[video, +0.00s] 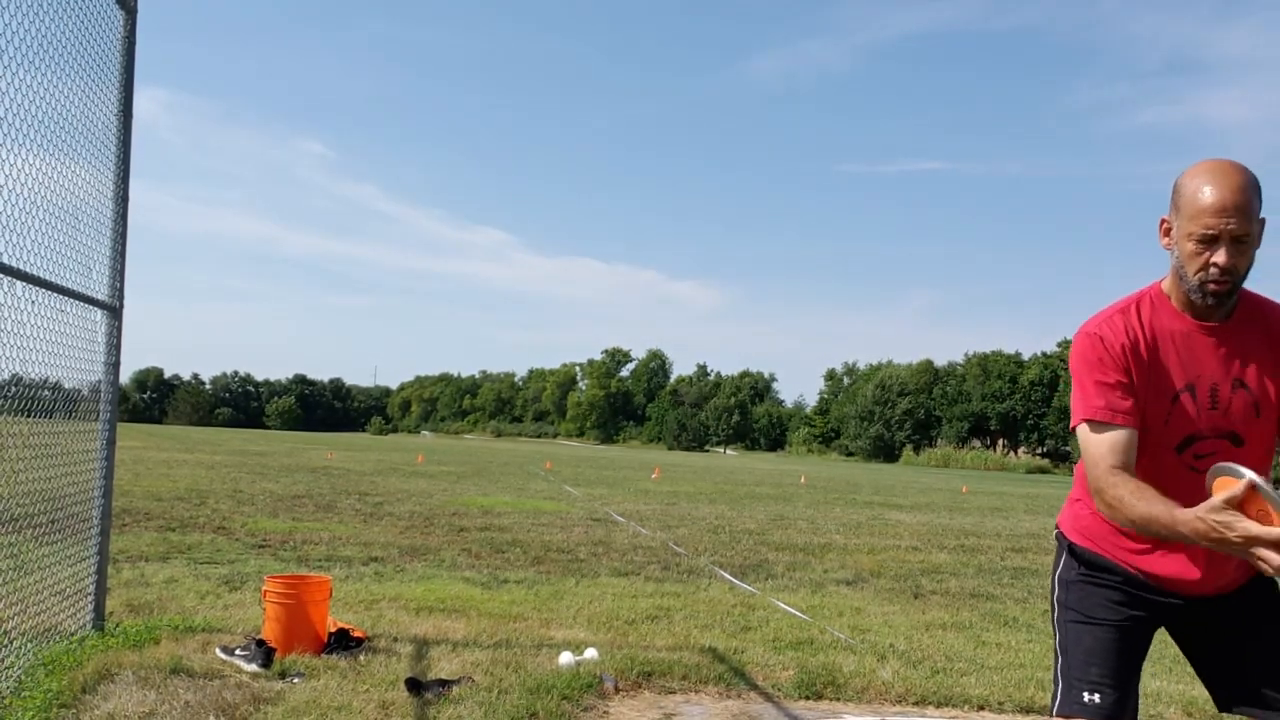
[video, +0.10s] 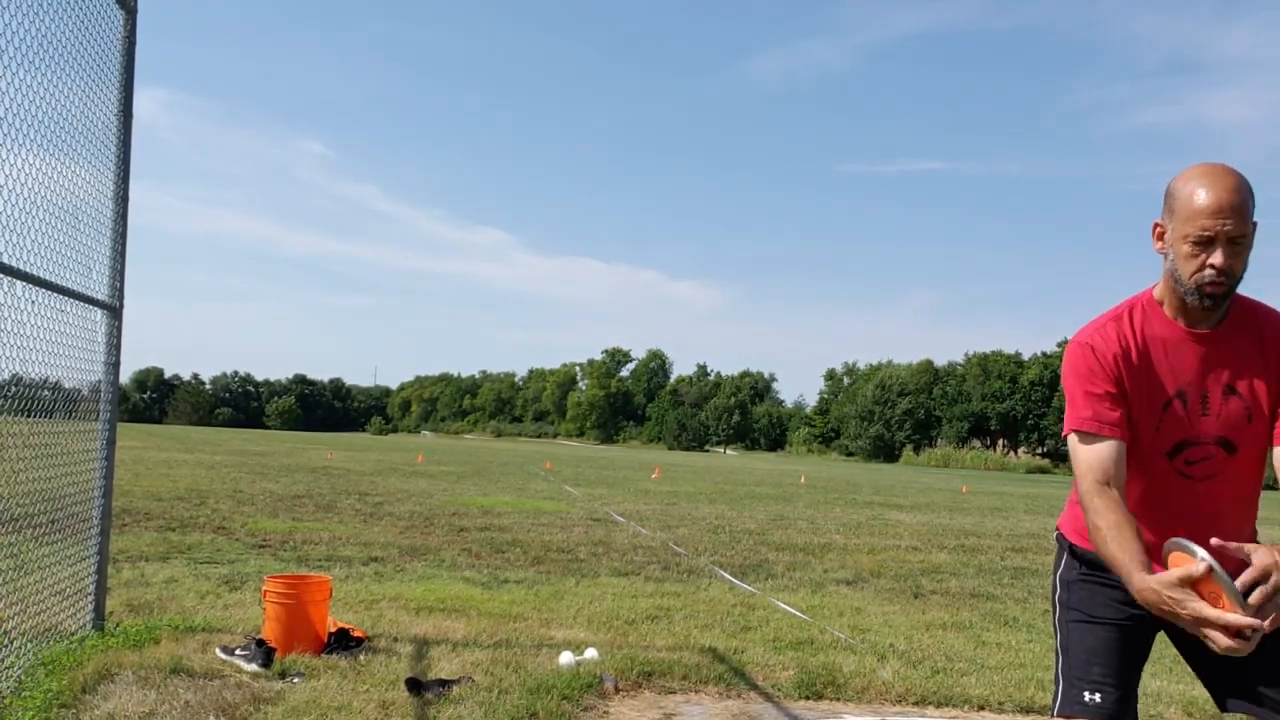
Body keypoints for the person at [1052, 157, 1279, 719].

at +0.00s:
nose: (1223, 259)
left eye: (1239, 241)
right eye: (1206, 240)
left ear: (1260, 238)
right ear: (1167, 233)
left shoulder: (1274, 332)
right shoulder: (1111, 337)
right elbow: (1109, 484)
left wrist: (1268, 529)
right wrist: (1193, 526)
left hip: (1234, 570)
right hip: (1111, 565)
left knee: (1274, 704)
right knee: (1090, 711)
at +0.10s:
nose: (1221, 261)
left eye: (1236, 242)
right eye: (1202, 243)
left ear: (1253, 239)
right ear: (1161, 238)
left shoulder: (1271, 338)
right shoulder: (1102, 346)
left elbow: (1273, 465)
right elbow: (1099, 486)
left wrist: (1275, 555)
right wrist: (1139, 580)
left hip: (1226, 574)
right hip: (1108, 567)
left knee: (1272, 703)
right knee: (1091, 709)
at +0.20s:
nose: (1222, 256)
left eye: (1236, 236)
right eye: (1203, 238)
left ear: (1252, 234)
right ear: (1160, 235)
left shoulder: (1273, 338)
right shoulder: (1103, 346)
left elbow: (1279, 481)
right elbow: (1082, 495)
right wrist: (1081, 615)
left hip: (1238, 574)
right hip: (1124, 572)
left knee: (1270, 706)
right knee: (1091, 709)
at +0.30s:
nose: (1229, 248)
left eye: (1243, 229)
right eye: (1210, 229)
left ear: (1257, 229)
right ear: (1167, 227)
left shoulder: (1273, 331)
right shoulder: (1106, 340)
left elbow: (1278, 474)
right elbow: (1061, 482)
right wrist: (1027, 605)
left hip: (1240, 572)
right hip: (1121, 566)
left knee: (1265, 706)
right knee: (1088, 707)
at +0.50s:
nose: (1248, 247)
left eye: (1261, 229)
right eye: (1228, 228)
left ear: (1276, 230)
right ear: (1183, 226)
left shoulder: (1277, 330)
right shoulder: (1115, 339)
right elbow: (1055, 452)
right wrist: (989, 534)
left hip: (1245, 570)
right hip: (1122, 563)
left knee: (1260, 707)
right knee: (1096, 709)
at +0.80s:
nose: (1238, 255)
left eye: (1253, 237)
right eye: (1219, 237)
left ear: (1269, 236)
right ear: (1175, 232)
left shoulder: (1275, 338)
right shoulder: (1105, 346)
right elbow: (1058, 474)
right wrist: (1004, 576)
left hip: (1242, 574)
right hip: (1118, 570)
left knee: (1257, 707)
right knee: (1095, 711)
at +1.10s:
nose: (1213, 247)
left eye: (1229, 229)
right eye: (1195, 229)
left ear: (1246, 225)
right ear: (1155, 223)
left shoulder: (1270, 329)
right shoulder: (1100, 334)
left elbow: (1275, 472)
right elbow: (1084, 468)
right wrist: (1086, 572)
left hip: (1236, 585)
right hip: (1119, 579)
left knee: (1265, 703)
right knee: (1093, 708)